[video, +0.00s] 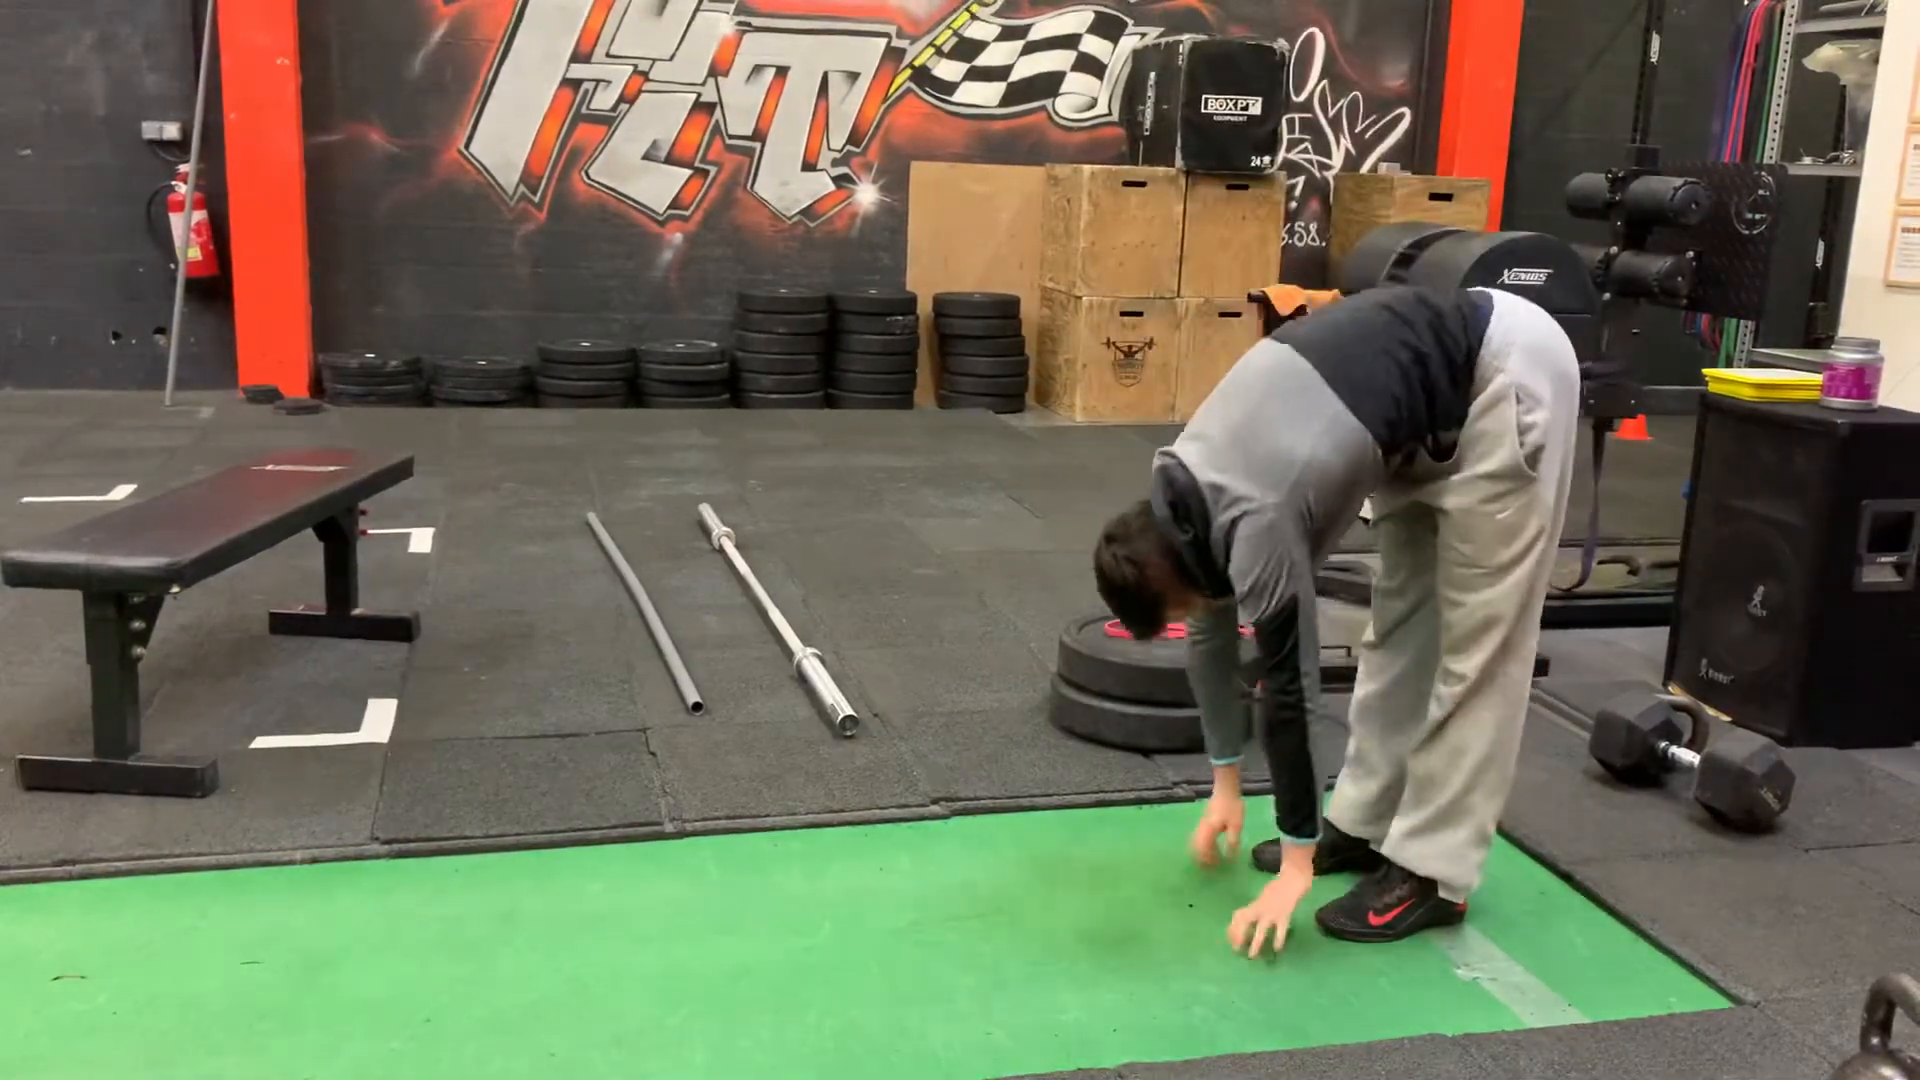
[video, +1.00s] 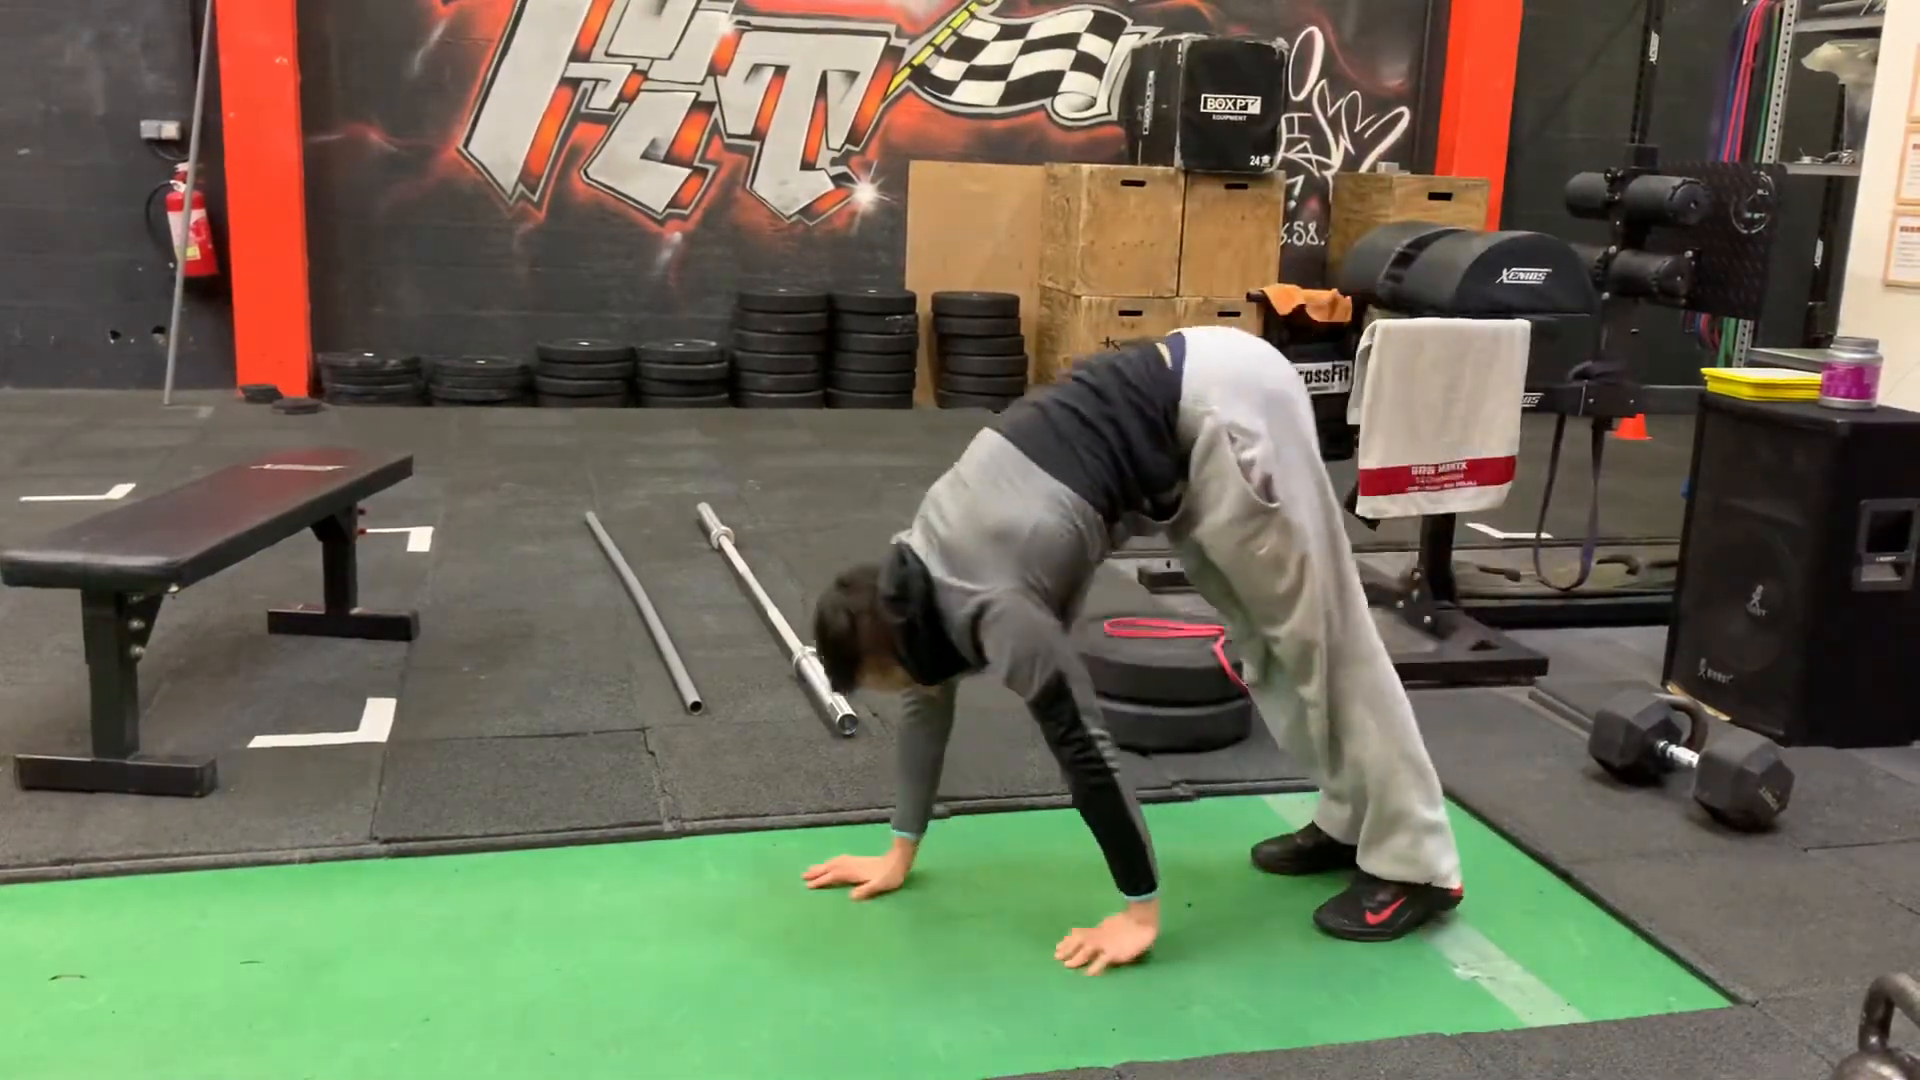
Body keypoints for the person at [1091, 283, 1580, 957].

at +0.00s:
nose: (1184, 626)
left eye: (1177, 617)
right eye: (1173, 625)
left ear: (1177, 571)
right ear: (1151, 551)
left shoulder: (1257, 523)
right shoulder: (1180, 488)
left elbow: (1286, 697)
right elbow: (1212, 641)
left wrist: (1295, 866)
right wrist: (1225, 788)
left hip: (1505, 371)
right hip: (1413, 376)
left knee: (1475, 644)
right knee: (1398, 628)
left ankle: (1436, 871)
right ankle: (1365, 826)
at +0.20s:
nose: (1197, 663)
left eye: (1188, 653)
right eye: (1185, 664)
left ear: (1177, 615)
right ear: (1159, 608)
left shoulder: (1242, 560)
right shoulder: (1168, 529)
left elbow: (1277, 720)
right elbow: (1207, 682)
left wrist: (1290, 890)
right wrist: (1213, 831)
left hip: (1481, 369)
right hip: (1399, 366)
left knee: (1461, 638)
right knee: (1383, 622)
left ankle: (1432, 871)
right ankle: (1365, 820)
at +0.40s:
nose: (1186, 683)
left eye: (1177, 678)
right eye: (1177, 685)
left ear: (1157, 637)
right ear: (1138, 620)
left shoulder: (1217, 586)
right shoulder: (1155, 562)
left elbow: (1258, 743)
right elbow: (1208, 699)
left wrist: (1246, 909)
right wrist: (1223, 837)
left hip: (1445, 365)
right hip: (1364, 366)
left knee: (1442, 632)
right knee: (1368, 624)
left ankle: (1430, 871)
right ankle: (1364, 819)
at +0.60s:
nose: (1125, 697)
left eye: (1108, 690)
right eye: (1113, 695)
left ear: (1088, 653)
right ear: (1080, 629)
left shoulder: (1159, 599)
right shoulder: (1103, 560)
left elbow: (1176, 759)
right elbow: (1175, 693)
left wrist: (1165, 925)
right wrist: (1187, 825)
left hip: (1390, 369)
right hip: (1317, 374)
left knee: (1415, 631)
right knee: (1346, 625)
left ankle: (1428, 870)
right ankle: (1363, 821)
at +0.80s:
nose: (1018, 696)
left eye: (1009, 685)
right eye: (1002, 694)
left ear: (1009, 647)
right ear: (986, 630)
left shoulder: (1094, 611)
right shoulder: (1005, 568)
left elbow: (1133, 766)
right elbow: (1002, 702)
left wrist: (1159, 920)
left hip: (1319, 379)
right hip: (1248, 382)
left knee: (1373, 636)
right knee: (1311, 630)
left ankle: (1425, 871)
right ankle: (1358, 821)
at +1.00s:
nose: (889, 690)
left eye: (882, 678)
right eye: (878, 683)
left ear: (893, 643)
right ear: (880, 624)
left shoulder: (1001, 607)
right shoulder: (915, 571)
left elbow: (1083, 755)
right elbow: (923, 714)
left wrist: (1138, 908)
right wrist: (900, 854)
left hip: (1226, 402)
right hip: (1172, 418)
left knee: (1323, 642)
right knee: (1270, 648)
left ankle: (1420, 863)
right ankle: (1352, 816)